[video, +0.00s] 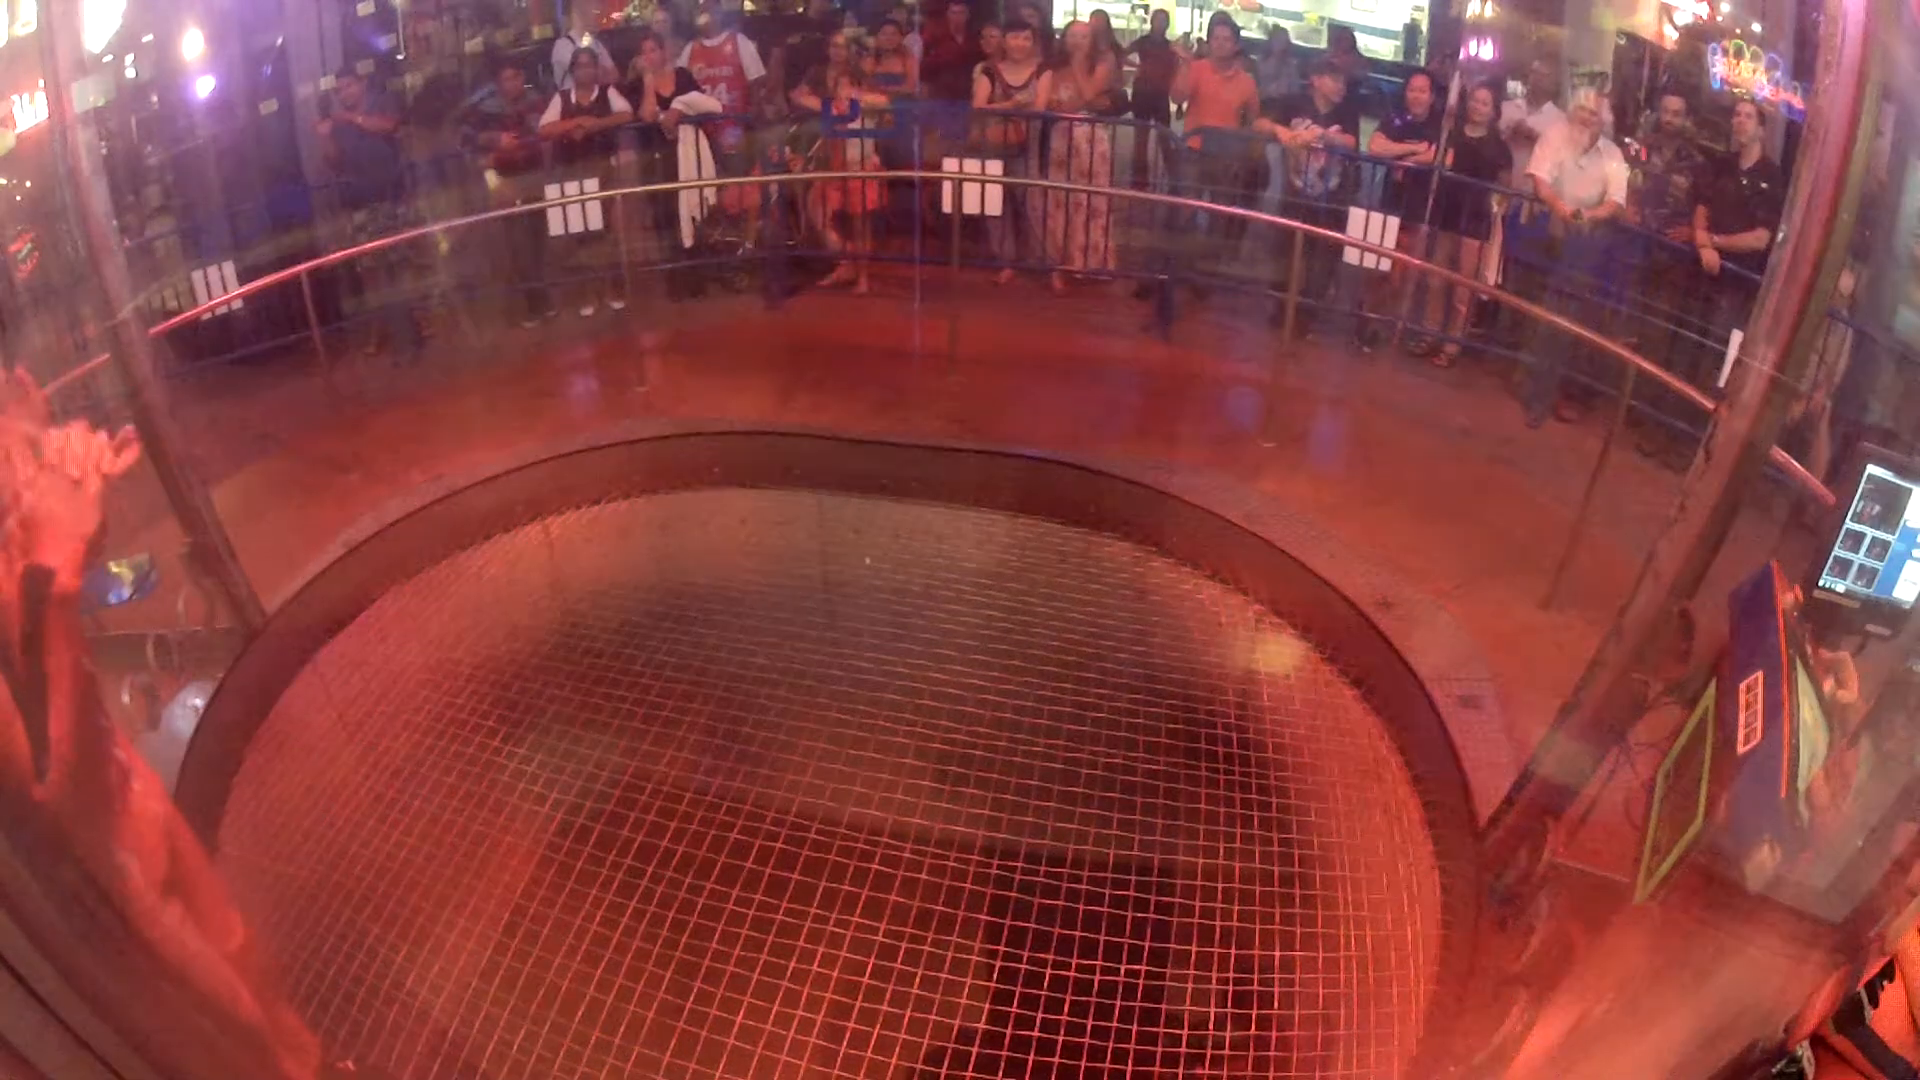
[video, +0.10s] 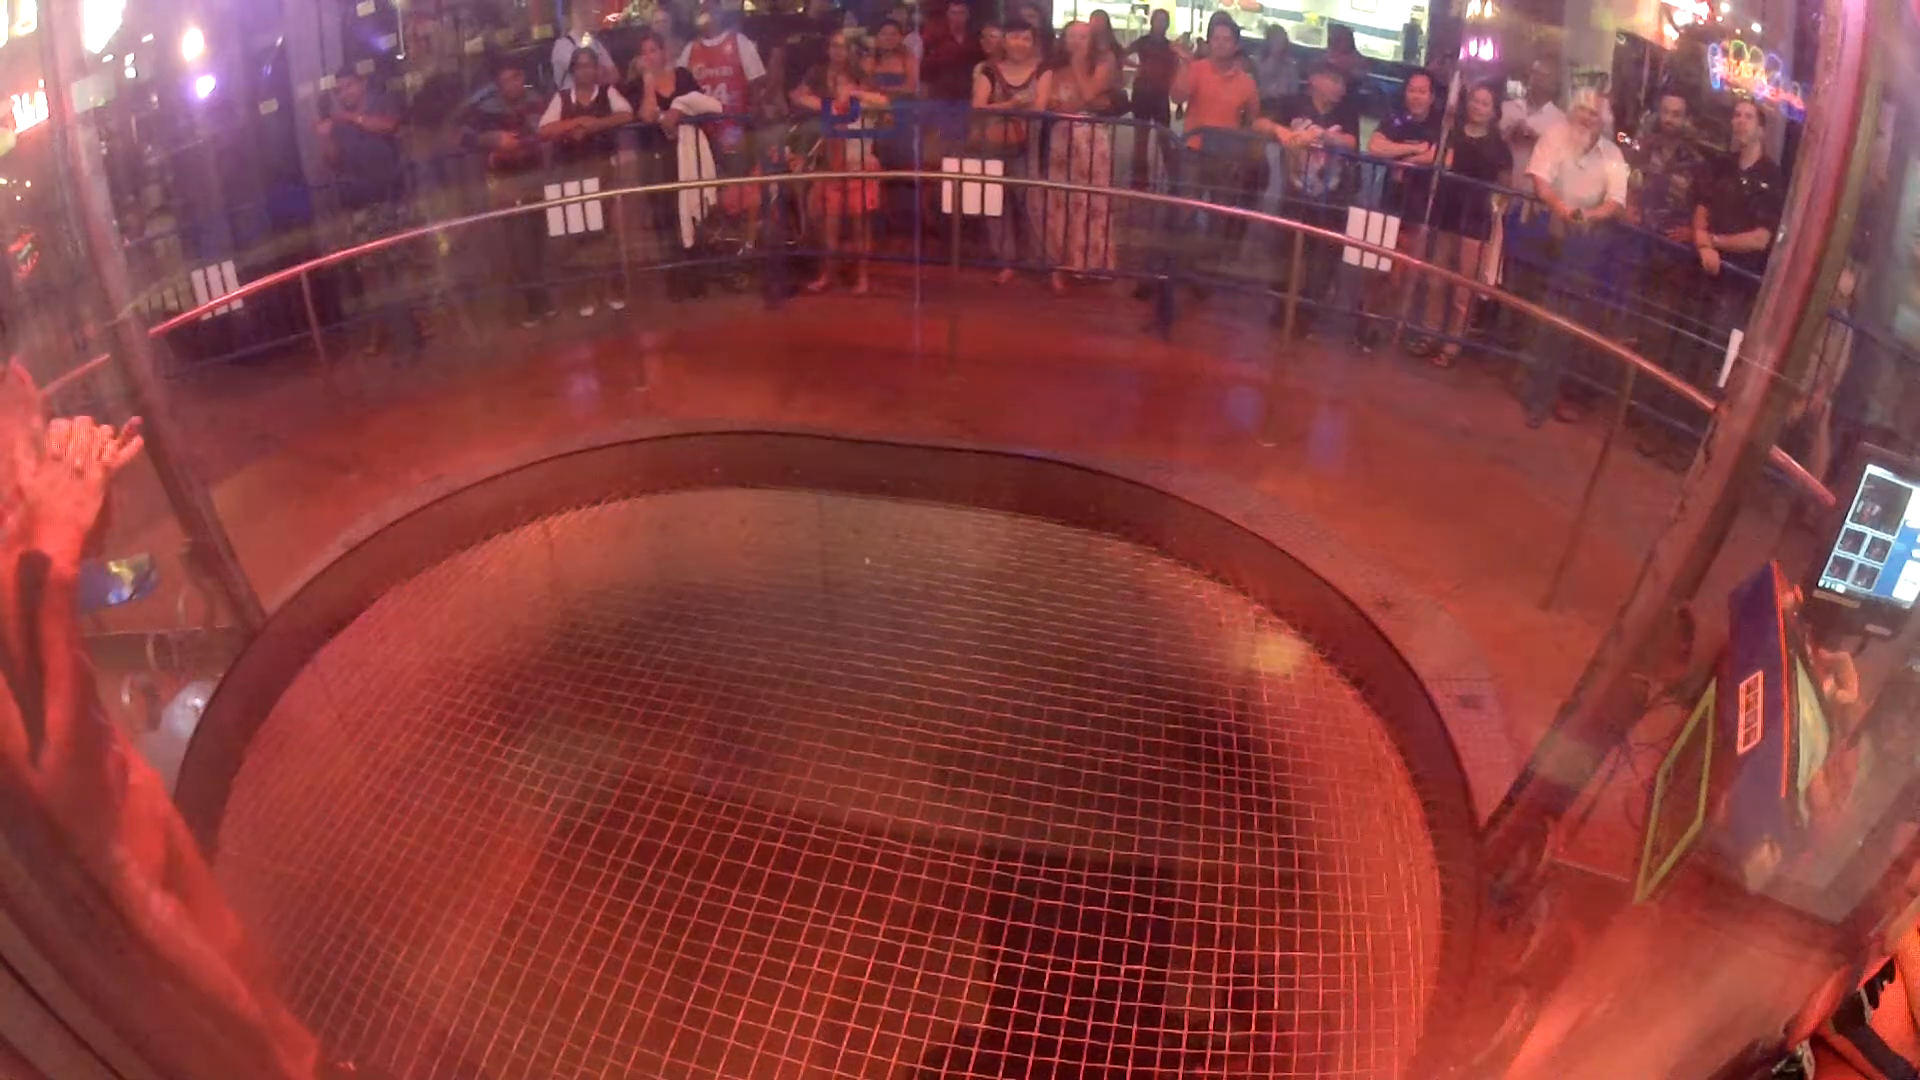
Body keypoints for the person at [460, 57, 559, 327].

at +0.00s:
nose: (514, 84)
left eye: (517, 79)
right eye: (508, 80)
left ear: (523, 79)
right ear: (498, 84)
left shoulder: (533, 102)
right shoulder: (487, 108)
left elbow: (549, 127)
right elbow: (469, 137)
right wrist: (497, 140)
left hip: (535, 173)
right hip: (505, 178)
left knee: (538, 240)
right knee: (517, 243)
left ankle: (542, 300)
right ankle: (525, 306)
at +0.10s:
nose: (515, 84)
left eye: (518, 78)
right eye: (509, 80)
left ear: (523, 78)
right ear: (498, 83)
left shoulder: (533, 101)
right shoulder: (485, 107)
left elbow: (549, 130)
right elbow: (465, 135)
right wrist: (494, 140)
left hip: (534, 175)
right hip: (503, 180)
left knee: (538, 240)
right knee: (516, 244)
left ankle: (542, 299)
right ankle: (522, 306)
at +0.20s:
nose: (509, 87)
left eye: (512, 81)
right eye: (503, 83)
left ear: (522, 79)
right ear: (496, 86)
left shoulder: (536, 103)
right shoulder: (487, 110)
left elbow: (551, 133)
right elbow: (469, 137)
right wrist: (494, 140)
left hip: (535, 177)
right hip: (505, 182)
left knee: (538, 241)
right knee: (517, 244)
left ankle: (543, 301)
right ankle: (525, 306)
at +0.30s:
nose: (507, 88)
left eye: (511, 81)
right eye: (502, 83)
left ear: (521, 79)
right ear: (496, 86)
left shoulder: (537, 103)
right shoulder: (488, 111)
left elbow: (550, 135)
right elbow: (472, 136)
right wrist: (498, 140)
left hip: (535, 177)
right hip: (505, 182)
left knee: (538, 242)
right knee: (518, 245)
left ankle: (544, 301)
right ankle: (529, 306)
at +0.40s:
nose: (510, 87)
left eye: (512, 80)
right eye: (504, 82)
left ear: (522, 79)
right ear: (496, 85)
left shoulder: (536, 104)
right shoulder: (487, 112)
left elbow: (550, 136)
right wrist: (498, 148)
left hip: (535, 177)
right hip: (506, 182)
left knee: (538, 241)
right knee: (518, 245)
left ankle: (543, 300)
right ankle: (526, 305)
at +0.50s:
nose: (509, 88)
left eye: (512, 80)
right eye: (503, 83)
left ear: (522, 79)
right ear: (496, 85)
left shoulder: (537, 104)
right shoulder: (487, 113)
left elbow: (550, 141)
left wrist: (523, 148)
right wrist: (497, 150)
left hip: (535, 178)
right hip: (506, 183)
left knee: (538, 242)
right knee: (518, 245)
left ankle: (543, 300)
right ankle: (527, 305)